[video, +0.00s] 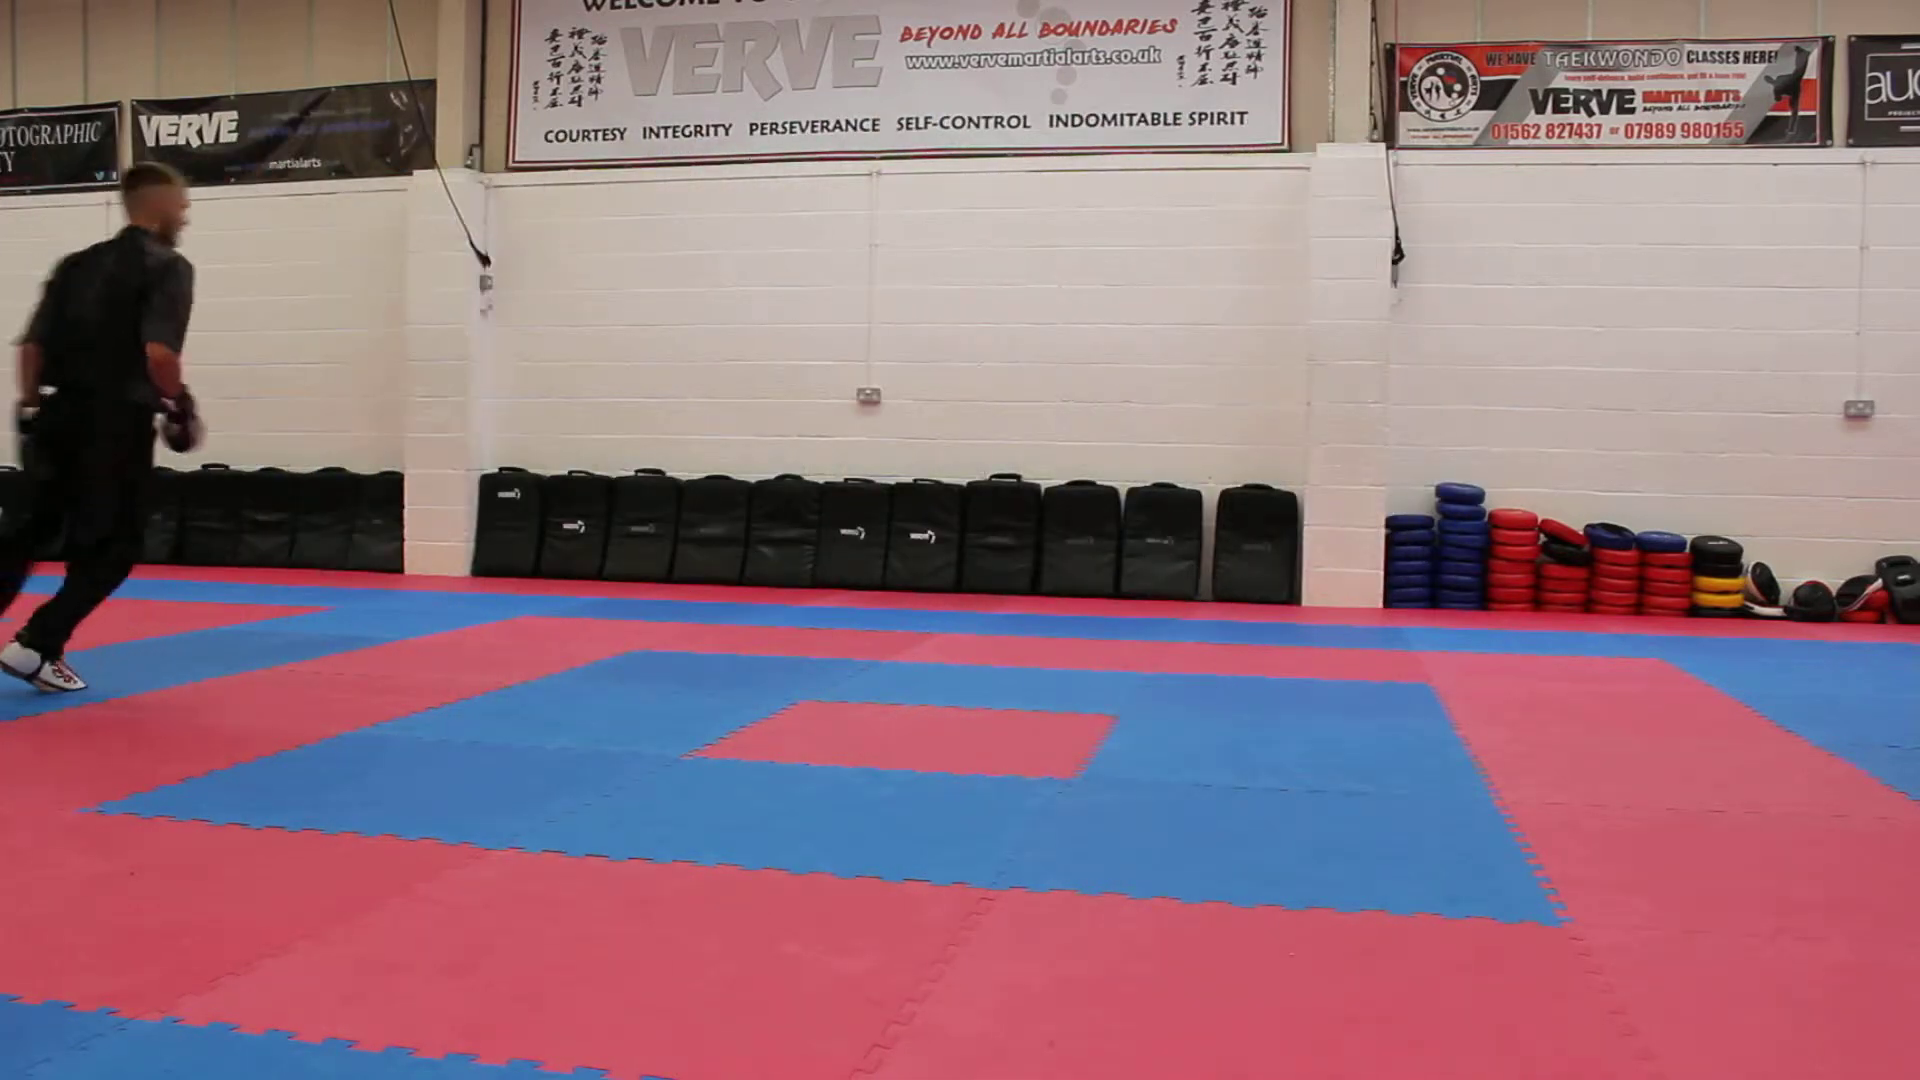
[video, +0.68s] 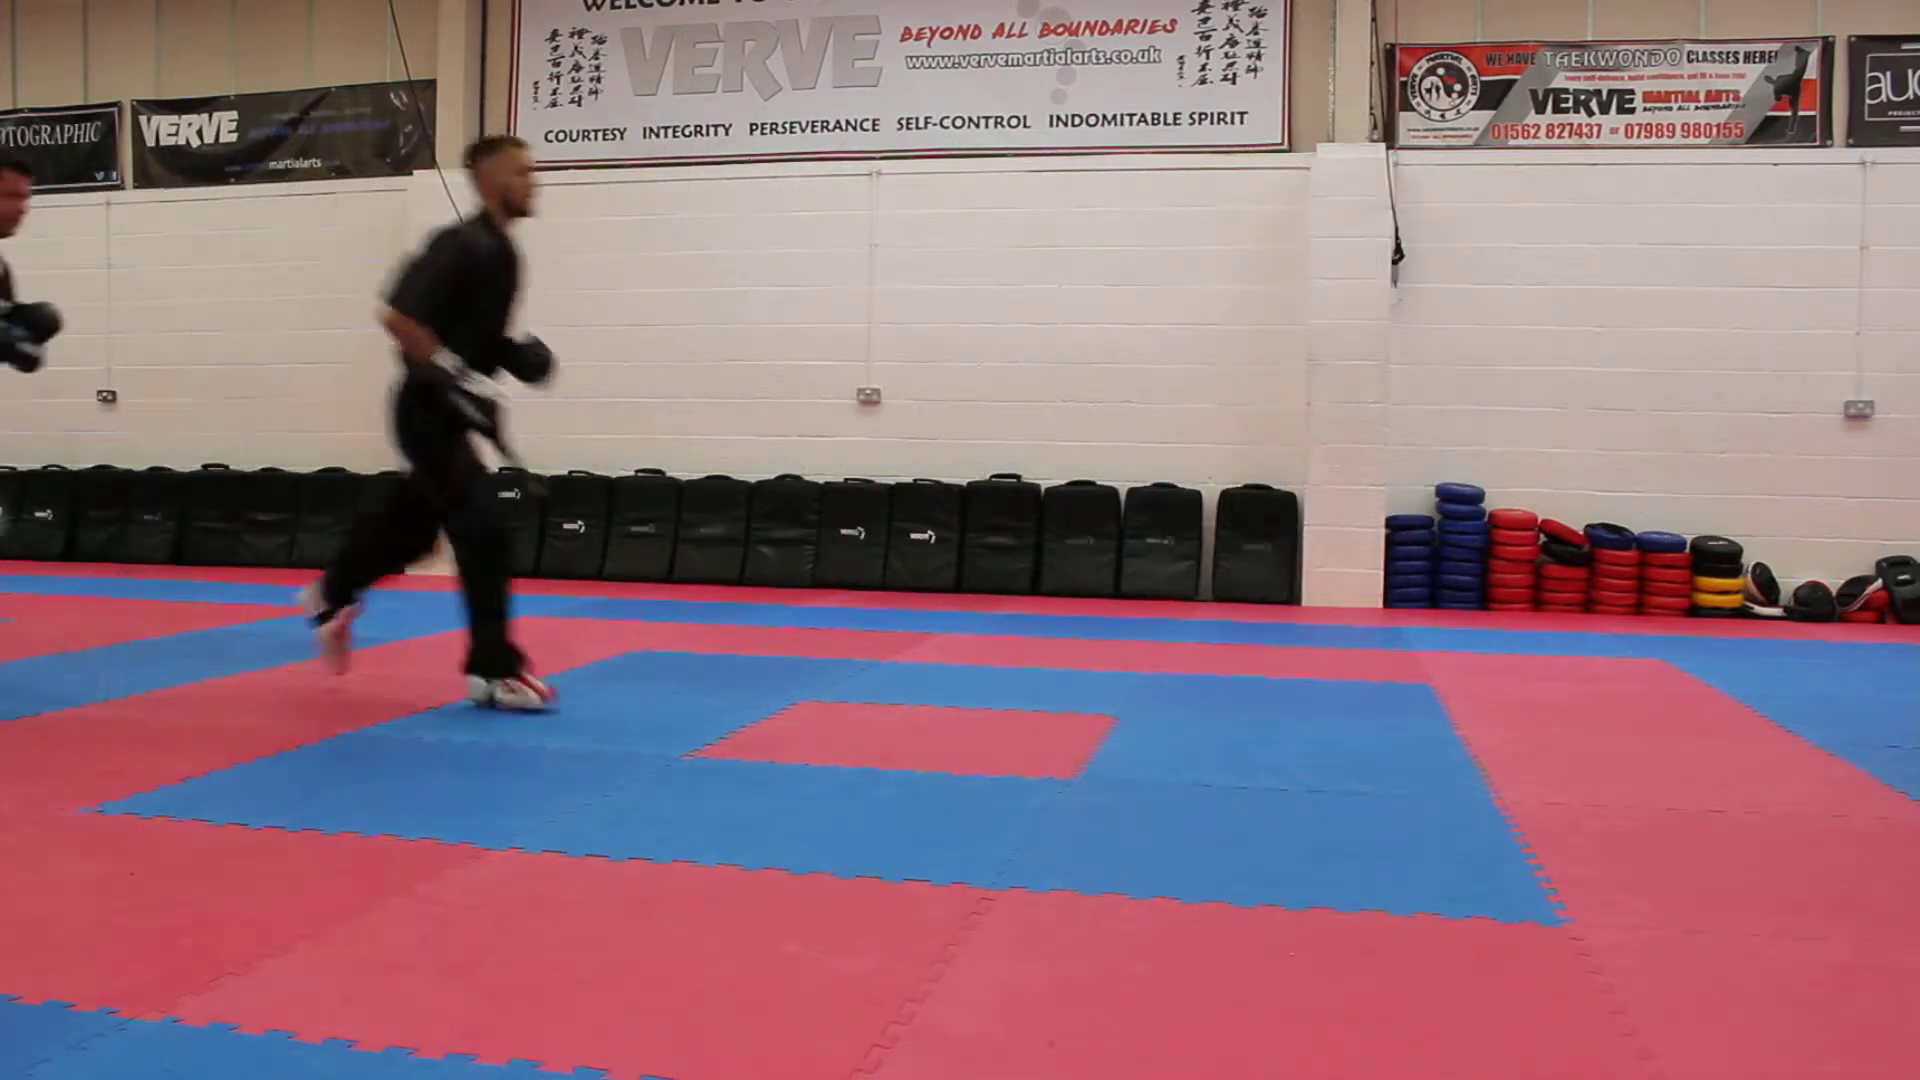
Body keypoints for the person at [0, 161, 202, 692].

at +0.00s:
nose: (186, 214)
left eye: (185, 202)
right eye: (181, 203)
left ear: (131, 205)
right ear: (161, 205)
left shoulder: (77, 263)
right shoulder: (168, 268)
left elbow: (32, 344)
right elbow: (159, 353)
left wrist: (30, 401)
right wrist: (180, 405)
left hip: (59, 423)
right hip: (120, 428)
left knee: (33, 530)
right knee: (116, 549)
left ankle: (44, 651)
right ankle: (33, 644)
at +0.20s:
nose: (268, 215)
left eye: (267, 204)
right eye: (260, 205)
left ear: (221, 208)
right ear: (232, 206)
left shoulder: (174, 261)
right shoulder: (235, 273)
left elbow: (107, 324)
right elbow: (258, 355)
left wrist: (148, 372)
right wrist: (289, 373)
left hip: (145, 423)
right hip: (174, 431)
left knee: (214, 529)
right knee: (124, 544)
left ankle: (155, 621)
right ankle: (44, 650)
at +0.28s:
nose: (310, 209)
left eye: (308, 198)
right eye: (301, 199)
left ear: (261, 205)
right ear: (269, 202)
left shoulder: (219, 257)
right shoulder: (279, 265)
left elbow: (158, 323)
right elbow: (301, 354)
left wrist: (198, 366)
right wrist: (328, 368)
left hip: (183, 418)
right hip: (220, 425)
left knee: (141, 529)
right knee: (269, 526)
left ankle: (66, 637)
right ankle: (245, 637)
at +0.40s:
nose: (372, 220)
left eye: (370, 209)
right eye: (362, 210)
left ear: (331, 218)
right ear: (331, 216)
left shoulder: (305, 272)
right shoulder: (324, 280)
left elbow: (294, 365)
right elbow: (305, 370)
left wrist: (339, 405)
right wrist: (346, 406)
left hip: (269, 430)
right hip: (276, 434)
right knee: (306, 550)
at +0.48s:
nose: (415, 214)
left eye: (413, 203)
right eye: (404, 205)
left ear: (382, 211)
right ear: (371, 210)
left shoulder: (370, 272)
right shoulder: (351, 267)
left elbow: (346, 353)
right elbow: (304, 340)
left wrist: (400, 376)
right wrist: (360, 391)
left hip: (330, 421)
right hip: (305, 422)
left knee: (334, 542)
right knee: (341, 545)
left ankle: (277, 647)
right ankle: (255, 622)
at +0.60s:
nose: (485, 185)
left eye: (483, 175)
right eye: (474, 176)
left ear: (460, 183)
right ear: (442, 183)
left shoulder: (449, 248)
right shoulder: (416, 239)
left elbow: (426, 327)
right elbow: (349, 295)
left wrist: (473, 339)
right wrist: (397, 347)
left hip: (399, 397)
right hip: (380, 401)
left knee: (361, 514)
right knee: (446, 520)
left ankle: (287, 619)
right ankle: (416, 652)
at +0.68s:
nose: (532, 182)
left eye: (532, 172)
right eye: (520, 173)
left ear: (515, 182)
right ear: (486, 180)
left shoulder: (501, 253)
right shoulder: (458, 246)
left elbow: (473, 331)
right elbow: (401, 317)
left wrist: (514, 354)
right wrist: (452, 375)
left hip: (454, 402)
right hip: (427, 404)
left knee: (414, 523)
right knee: (481, 525)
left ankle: (334, 593)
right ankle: (493, 667)